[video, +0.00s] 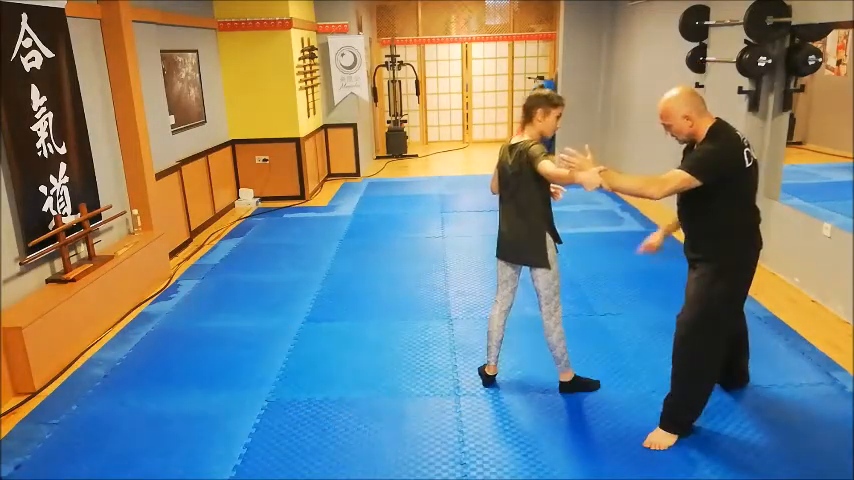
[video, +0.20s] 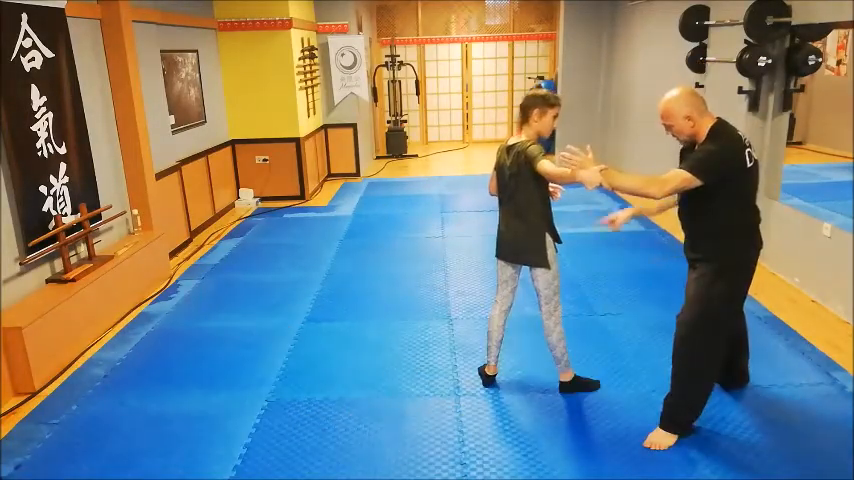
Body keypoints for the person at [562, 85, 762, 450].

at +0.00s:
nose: (668, 133)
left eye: (670, 125)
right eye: (666, 126)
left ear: (690, 117)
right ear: (690, 117)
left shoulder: (717, 150)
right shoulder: (717, 139)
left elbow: (657, 188)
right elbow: (704, 202)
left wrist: (601, 177)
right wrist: (665, 231)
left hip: (723, 258)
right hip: (719, 249)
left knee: (693, 331)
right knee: (725, 313)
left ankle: (676, 422)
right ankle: (732, 373)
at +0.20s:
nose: (669, 133)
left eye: (671, 125)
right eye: (667, 127)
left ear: (692, 117)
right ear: (692, 117)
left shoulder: (719, 150)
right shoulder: (712, 139)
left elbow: (658, 189)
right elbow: (673, 194)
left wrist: (603, 176)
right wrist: (629, 212)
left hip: (723, 258)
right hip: (717, 250)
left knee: (693, 331)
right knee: (725, 312)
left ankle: (676, 422)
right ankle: (732, 372)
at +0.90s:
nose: (649, 138)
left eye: (651, 132)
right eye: (647, 132)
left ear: (673, 125)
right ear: (674, 124)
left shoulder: (705, 157)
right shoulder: (677, 148)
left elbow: (638, 202)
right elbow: (623, 173)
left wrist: (581, 192)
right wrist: (573, 173)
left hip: (707, 272)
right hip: (675, 263)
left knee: (675, 342)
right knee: (659, 316)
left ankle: (668, 423)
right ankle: (697, 367)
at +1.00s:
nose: (643, 139)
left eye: (646, 132)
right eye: (641, 133)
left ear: (669, 125)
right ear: (668, 124)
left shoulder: (700, 158)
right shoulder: (673, 148)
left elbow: (632, 205)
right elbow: (619, 174)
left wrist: (576, 196)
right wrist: (567, 175)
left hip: (705, 273)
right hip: (670, 260)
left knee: (674, 344)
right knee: (642, 317)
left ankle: (669, 425)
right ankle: (667, 379)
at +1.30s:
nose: (624, 142)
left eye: (627, 135)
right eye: (622, 136)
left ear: (651, 128)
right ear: (649, 127)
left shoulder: (683, 162)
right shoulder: (653, 152)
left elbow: (620, 216)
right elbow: (610, 184)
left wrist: (565, 209)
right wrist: (560, 193)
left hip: (686, 271)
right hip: (649, 261)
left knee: (667, 344)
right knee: (611, 323)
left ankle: (667, 425)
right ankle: (581, 388)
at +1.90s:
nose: (532, 224)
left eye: (534, 219)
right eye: (527, 219)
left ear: (551, 209)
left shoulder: (591, 215)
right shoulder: (547, 206)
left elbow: (551, 274)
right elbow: (522, 255)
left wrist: (502, 306)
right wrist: (482, 292)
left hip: (648, 266)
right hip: (601, 265)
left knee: (643, 344)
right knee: (561, 320)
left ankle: (664, 425)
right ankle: (565, 398)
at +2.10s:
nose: (531, 250)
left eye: (535, 245)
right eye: (528, 245)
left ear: (559, 235)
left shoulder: (597, 229)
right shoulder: (542, 237)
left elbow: (582, 298)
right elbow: (527, 294)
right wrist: (502, 341)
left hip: (644, 271)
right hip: (596, 269)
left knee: (646, 346)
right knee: (553, 321)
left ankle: (663, 425)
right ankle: (562, 399)